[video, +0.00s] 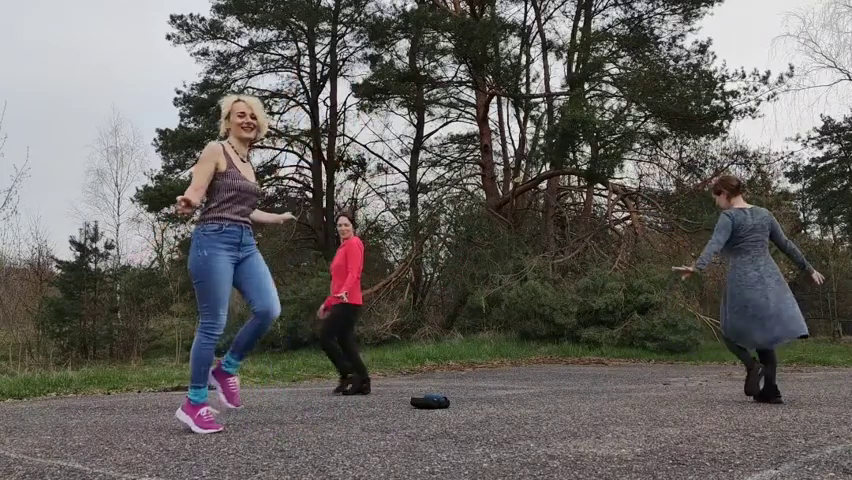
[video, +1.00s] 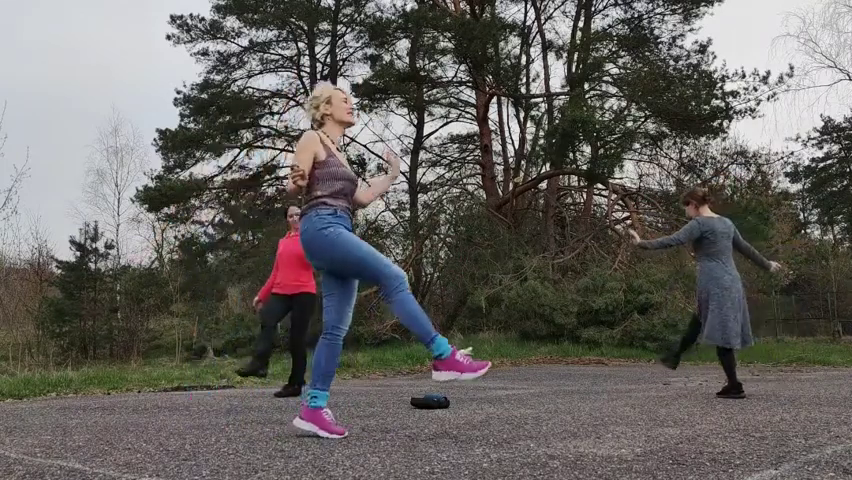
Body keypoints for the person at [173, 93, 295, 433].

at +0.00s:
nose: (247, 119)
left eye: (252, 116)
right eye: (240, 115)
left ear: (259, 124)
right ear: (228, 122)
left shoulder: (247, 164)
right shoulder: (216, 150)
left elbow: (244, 210)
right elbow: (197, 188)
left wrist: (278, 217)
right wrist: (188, 203)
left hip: (245, 243)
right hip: (213, 241)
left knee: (268, 310)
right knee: (212, 325)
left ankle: (225, 369)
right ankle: (195, 402)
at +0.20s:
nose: (256, 120)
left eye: (261, 116)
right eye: (249, 116)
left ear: (267, 125)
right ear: (237, 123)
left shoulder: (261, 166)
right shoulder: (226, 151)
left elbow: (256, 214)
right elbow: (213, 197)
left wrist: (287, 211)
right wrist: (222, 200)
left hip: (261, 247)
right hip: (225, 245)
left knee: (278, 320)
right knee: (221, 327)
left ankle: (281, 399)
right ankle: (198, 403)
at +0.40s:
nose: (280, 120)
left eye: (284, 116)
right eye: (271, 117)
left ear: (291, 126)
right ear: (257, 127)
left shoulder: (291, 165)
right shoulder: (252, 155)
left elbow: (288, 211)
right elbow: (241, 202)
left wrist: (302, 190)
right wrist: (254, 174)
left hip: (290, 252)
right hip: (253, 249)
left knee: (294, 336)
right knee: (244, 334)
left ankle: (305, 413)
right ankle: (204, 398)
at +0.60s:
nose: (304, 110)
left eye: (308, 106)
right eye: (296, 107)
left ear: (315, 118)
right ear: (282, 119)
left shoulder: (311, 163)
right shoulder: (274, 147)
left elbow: (314, 213)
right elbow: (261, 196)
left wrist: (331, 202)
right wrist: (269, 182)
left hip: (316, 242)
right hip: (282, 238)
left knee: (312, 330)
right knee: (302, 326)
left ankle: (307, 413)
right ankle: (263, 403)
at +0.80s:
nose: (331, 108)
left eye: (333, 104)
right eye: (323, 104)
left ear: (335, 115)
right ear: (305, 114)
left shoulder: (325, 161)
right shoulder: (293, 145)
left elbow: (338, 207)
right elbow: (278, 190)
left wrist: (366, 188)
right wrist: (277, 191)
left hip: (330, 239)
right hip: (303, 235)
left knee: (316, 332)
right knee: (351, 304)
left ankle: (307, 413)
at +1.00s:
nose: (352, 104)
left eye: (351, 100)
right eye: (344, 99)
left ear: (340, 109)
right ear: (325, 107)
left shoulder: (339, 157)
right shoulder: (312, 138)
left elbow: (362, 197)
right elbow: (296, 185)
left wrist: (392, 171)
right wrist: (296, 184)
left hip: (337, 233)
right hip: (321, 227)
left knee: (335, 328)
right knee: (393, 278)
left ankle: (312, 409)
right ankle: (444, 356)